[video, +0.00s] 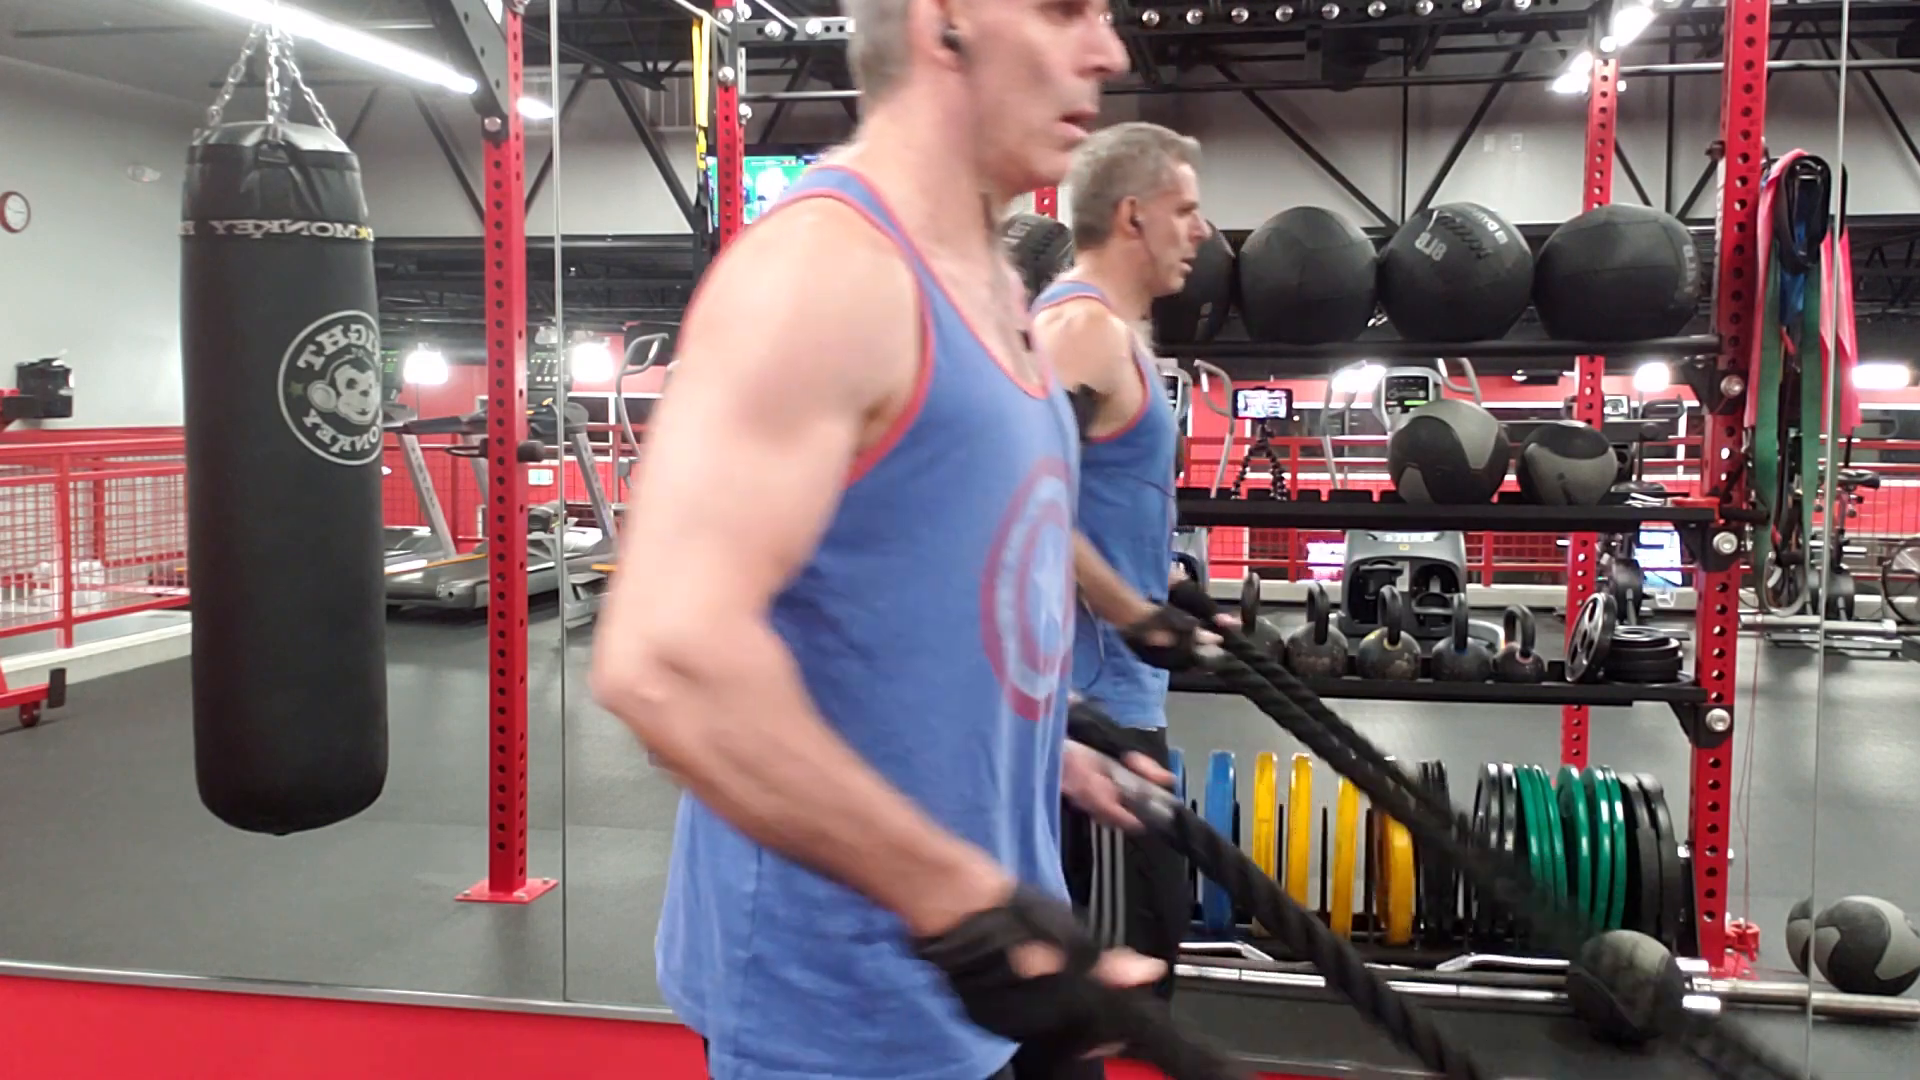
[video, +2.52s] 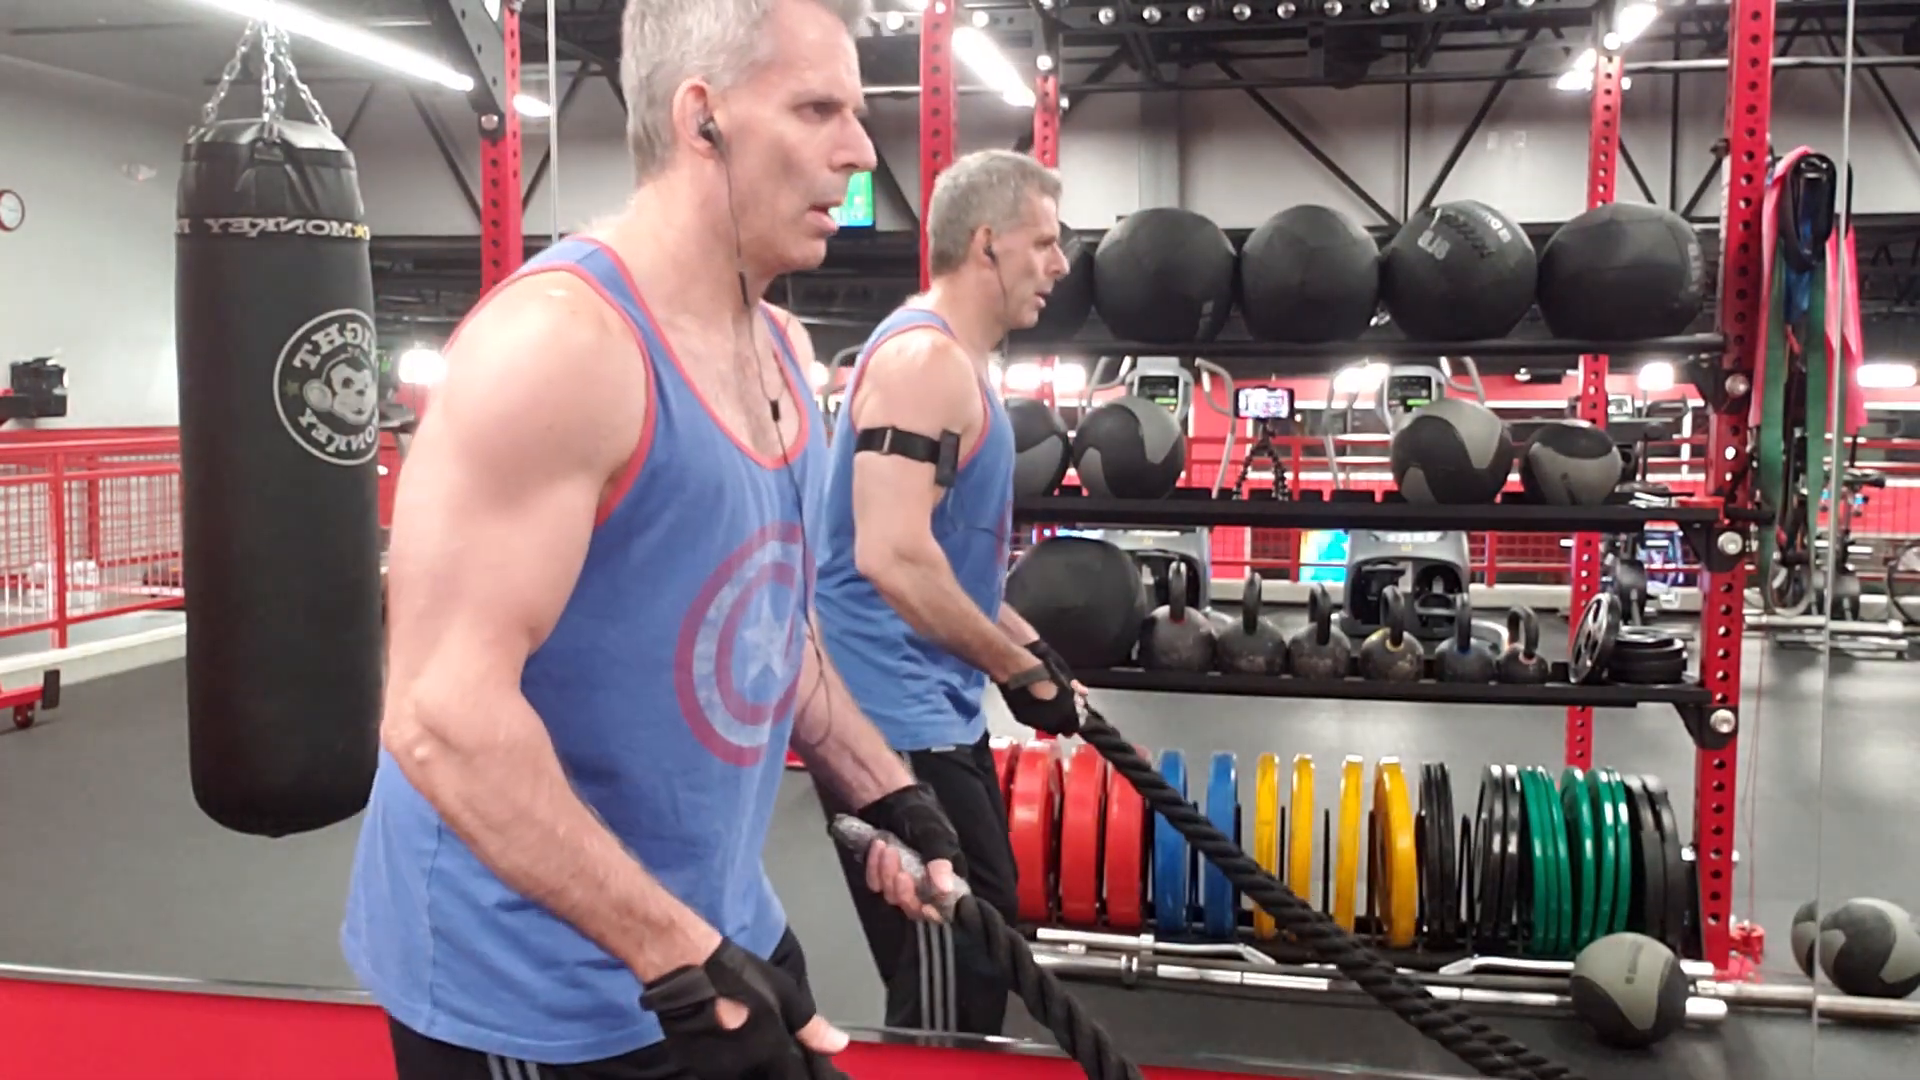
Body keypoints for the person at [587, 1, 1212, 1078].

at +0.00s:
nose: (1110, 53)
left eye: (1101, 16)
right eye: (1065, 10)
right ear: (940, 25)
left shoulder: (987, 285)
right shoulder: (817, 270)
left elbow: (891, 629)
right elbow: (668, 652)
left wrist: (1047, 752)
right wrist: (967, 906)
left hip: (975, 986)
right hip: (842, 1009)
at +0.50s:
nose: (918, 74)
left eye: (916, 41)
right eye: (875, 31)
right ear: (764, 39)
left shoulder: (838, 280)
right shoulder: (662, 257)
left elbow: (821, 571)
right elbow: (518, 594)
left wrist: (965, 704)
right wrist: (809, 791)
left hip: (806, 910)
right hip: (686, 948)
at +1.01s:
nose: (769, 71)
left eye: (766, 38)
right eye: (723, 29)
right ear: (606, 40)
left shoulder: (734, 283)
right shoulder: (505, 266)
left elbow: (766, 567)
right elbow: (441, 633)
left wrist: (923, 706)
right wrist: (739, 841)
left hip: (736, 915)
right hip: (564, 951)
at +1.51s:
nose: (796, 173)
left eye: (807, 136)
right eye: (771, 123)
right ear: (656, 87)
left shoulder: (730, 298)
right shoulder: (493, 295)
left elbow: (752, 580)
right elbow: (429, 665)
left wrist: (897, 732)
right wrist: (683, 900)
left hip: (717, 946)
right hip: (526, 988)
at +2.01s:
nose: (875, 160)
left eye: (877, 124)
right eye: (843, 116)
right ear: (728, 108)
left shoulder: (797, 341)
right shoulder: (560, 310)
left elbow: (784, 603)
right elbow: (451, 657)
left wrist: (909, 790)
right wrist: (679, 893)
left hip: (743, 924)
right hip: (560, 960)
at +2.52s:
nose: (860, 152)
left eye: (855, 115)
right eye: (822, 111)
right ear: (703, 116)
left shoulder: (781, 348)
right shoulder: (550, 345)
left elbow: (763, 621)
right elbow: (441, 712)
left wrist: (885, 797)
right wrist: (685, 961)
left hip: (731, 928)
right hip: (536, 995)